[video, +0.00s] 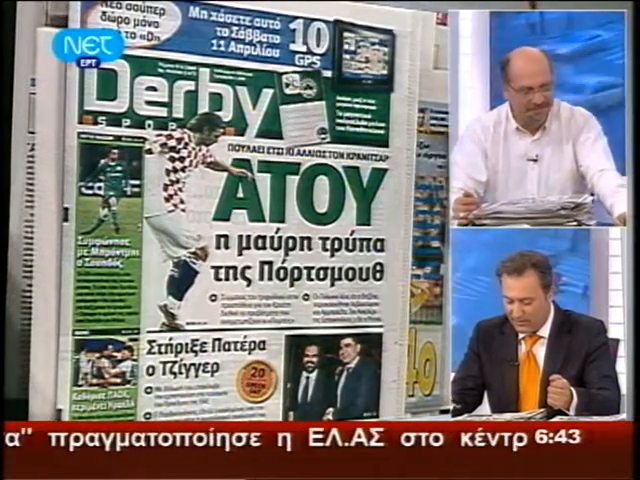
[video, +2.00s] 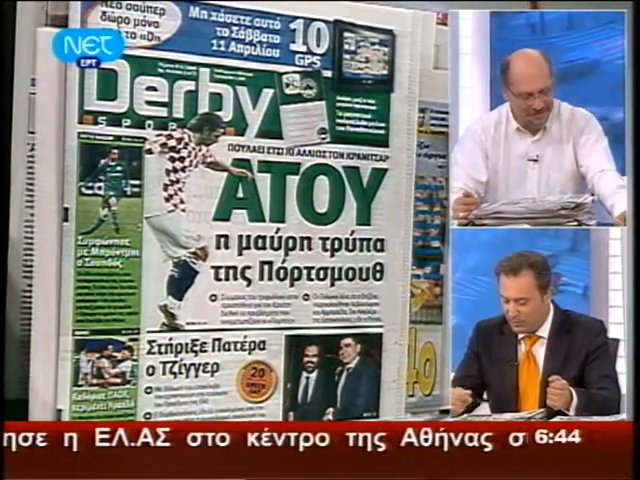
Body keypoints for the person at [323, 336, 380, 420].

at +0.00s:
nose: (343, 351)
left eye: (347, 346)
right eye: (341, 348)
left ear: (358, 348)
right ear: (339, 351)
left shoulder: (367, 368)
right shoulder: (340, 371)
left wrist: (335, 415)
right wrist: (330, 411)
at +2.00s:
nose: (343, 351)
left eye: (347, 346)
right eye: (341, 348)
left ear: (358, 348)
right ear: (338, 351)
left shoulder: (367, 368)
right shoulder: (341, 371)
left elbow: (361, 408)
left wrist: (335, 415)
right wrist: (331, 411)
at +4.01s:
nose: (343, 351)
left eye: (347, 346)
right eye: (341, 348)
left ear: (358, 348)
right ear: (339, 351)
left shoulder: (367, 368)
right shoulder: (341, 371)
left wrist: (335, 416)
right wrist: (332, 410)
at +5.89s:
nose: (343, 351)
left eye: (347, 346)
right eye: (341, 348)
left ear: (358, 348)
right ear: (339, 351)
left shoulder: (367, 367)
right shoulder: (341, 371)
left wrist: (335, 416)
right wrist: (332, 410)